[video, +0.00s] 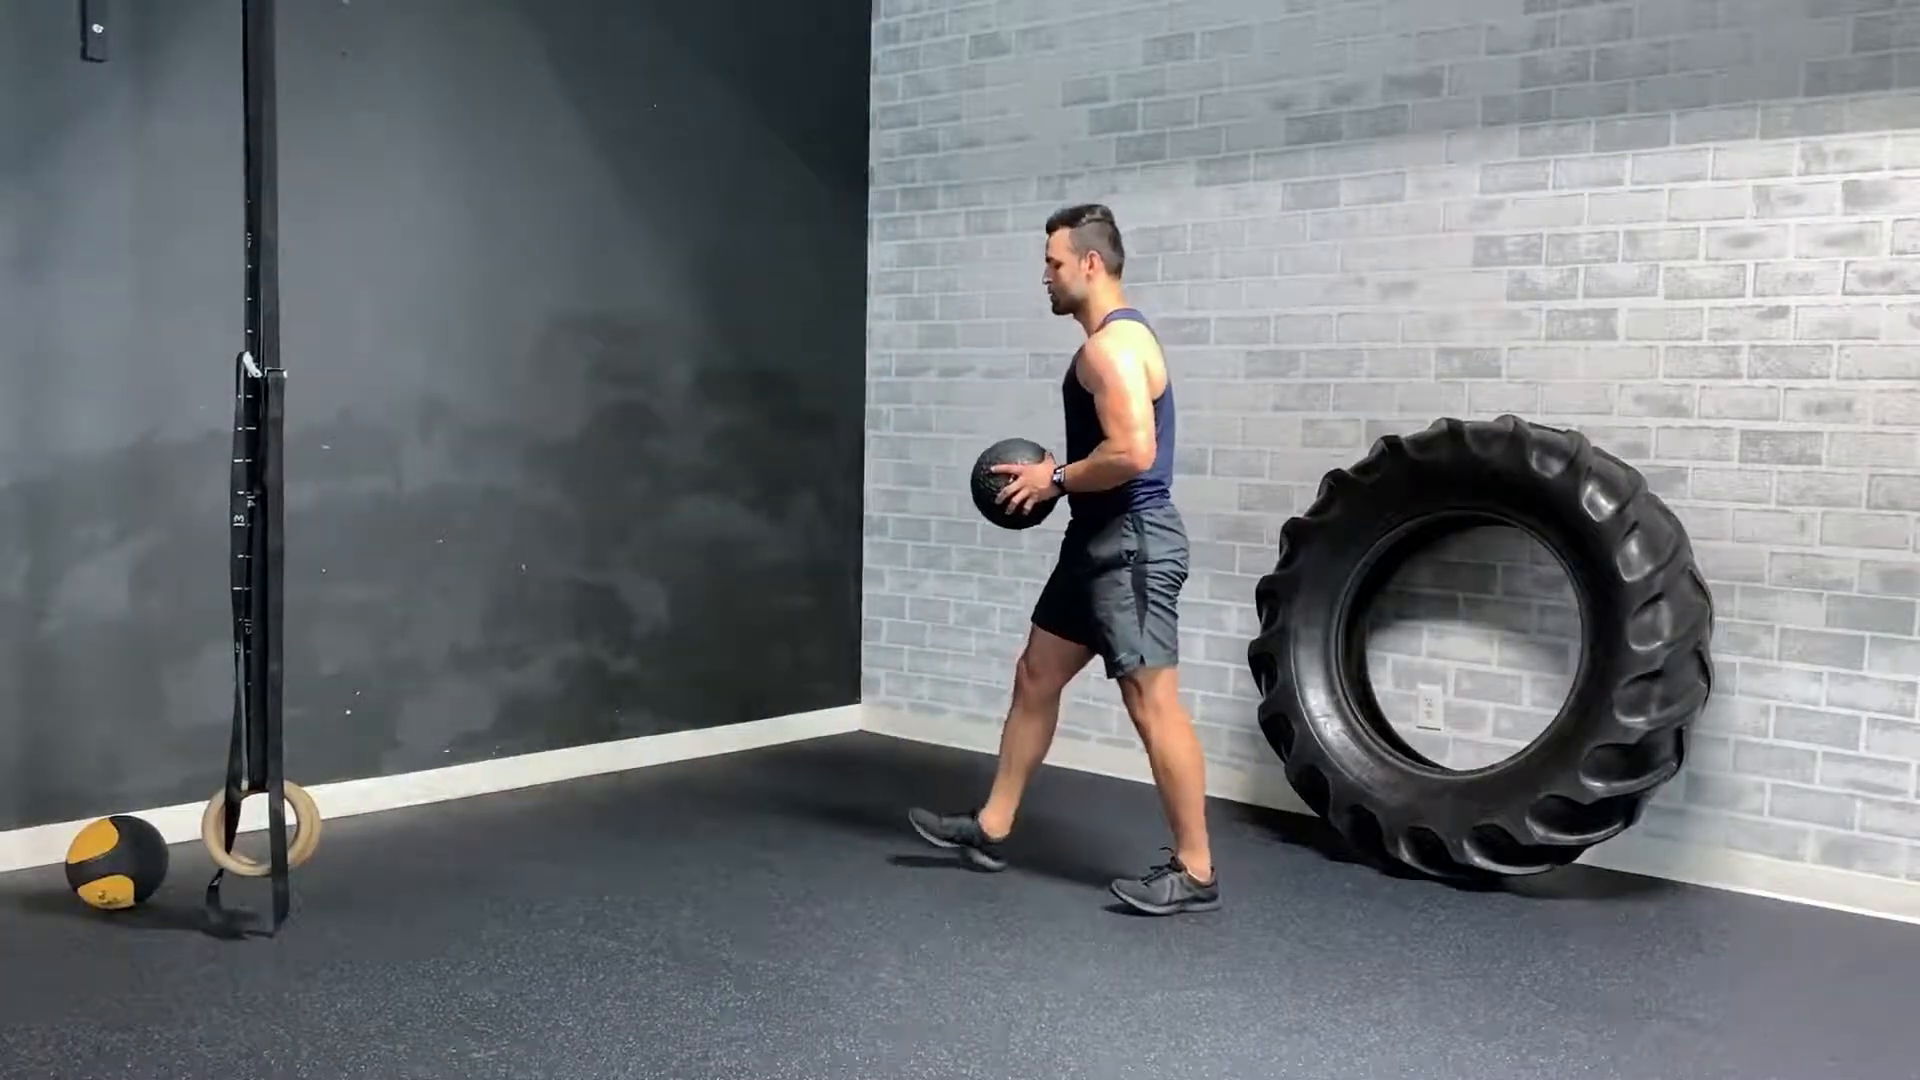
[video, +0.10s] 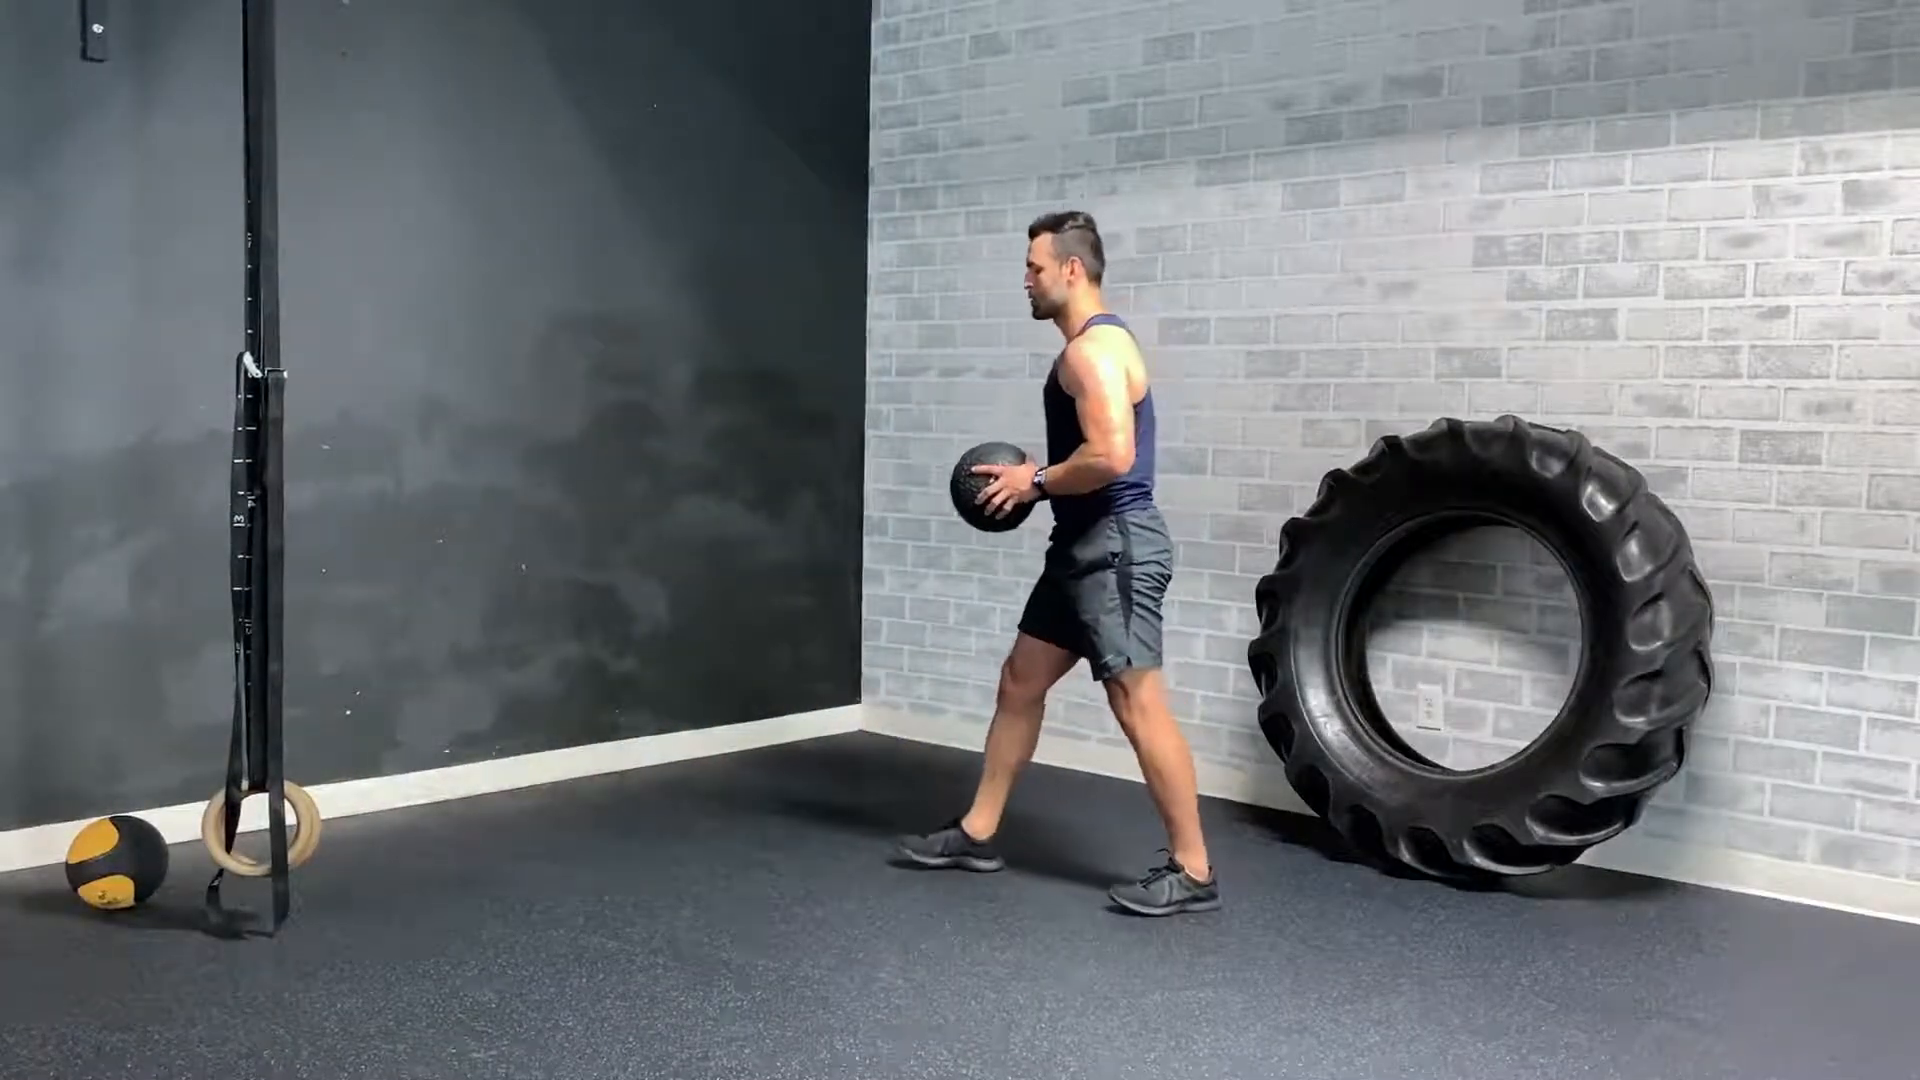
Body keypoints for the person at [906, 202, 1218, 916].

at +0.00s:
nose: (1045, 275)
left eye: (1054, 262)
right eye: (1046, 262)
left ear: (1094, 264)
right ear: (1094, 267)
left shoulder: (1112, 346)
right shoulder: (1118, 340)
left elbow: (1134, 453)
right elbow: (1123, 453)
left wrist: (1058, 477)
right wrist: (1052, 474)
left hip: (1133, 543)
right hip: (1098, 540)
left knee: (1152, 701)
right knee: (1036, 679)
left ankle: (1195, 868)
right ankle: (991, 829)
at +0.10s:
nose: (1026, 281)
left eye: (1035, 269)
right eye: (1027, 269)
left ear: (1073, 271)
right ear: (1075, 273)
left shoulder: (1094, 351)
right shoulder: (1096, 344)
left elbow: (1111, 458)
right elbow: (1099, 452)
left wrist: (1035, 480)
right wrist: (1033, 475)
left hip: (1118, 547)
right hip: (1083, 544)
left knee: (1138, 705)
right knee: (1020, 685)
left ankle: (1193, 868)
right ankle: (977, 834)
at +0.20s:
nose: (1002, 280)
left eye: (1012, 268)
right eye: (1005, 268)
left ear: (1051, 275)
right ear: (1054, 276)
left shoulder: (1069, 352)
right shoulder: (1074, 348)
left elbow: (1077, 459)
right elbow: (1073, 461)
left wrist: (1009, 479)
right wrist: (1006, 479)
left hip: (1101, 543)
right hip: (1064, 546)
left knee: (1132, 702)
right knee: (996, 679)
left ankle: (1192, 866)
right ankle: (973, 835)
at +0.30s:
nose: (983, 278)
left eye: (993, 267)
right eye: (985, 267)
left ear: (1032, 274)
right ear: (1031, 277)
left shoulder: (1047, 348)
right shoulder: (1042, 350)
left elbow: (1035, 452)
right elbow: (1040, 455)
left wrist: (971, 474)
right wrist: (975, 469)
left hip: (1094, 538)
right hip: (1051, 544)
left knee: (1143, 692)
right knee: (988, 677)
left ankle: (1194, 862)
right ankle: (973, 836)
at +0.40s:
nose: (976, 277)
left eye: (987, 266)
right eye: (979, 266)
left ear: (1023, 273)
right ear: (1022, 275)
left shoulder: (1042, 343)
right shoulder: (1027, 350)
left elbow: (1001, 448)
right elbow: (1000, 458)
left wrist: (934, 453)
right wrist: (935, 457)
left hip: (1091, 531)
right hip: (1046, 541)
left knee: (1148, 679)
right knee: (988, 676)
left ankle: (1226, 843)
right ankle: (973, 835)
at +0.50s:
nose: (980, 277)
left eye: (990, 265)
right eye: (983, 265)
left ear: (1026, 272)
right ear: (1027, 273)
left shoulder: (1045, 342)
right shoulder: (1035, 345)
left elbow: (982, 439)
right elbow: (981, 451)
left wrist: (915, 424)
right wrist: (910, 429)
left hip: (1092, 532)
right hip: (1047, 545)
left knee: (1158, 676)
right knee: (989, 675)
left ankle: (1253, 832)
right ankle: (973, 835)